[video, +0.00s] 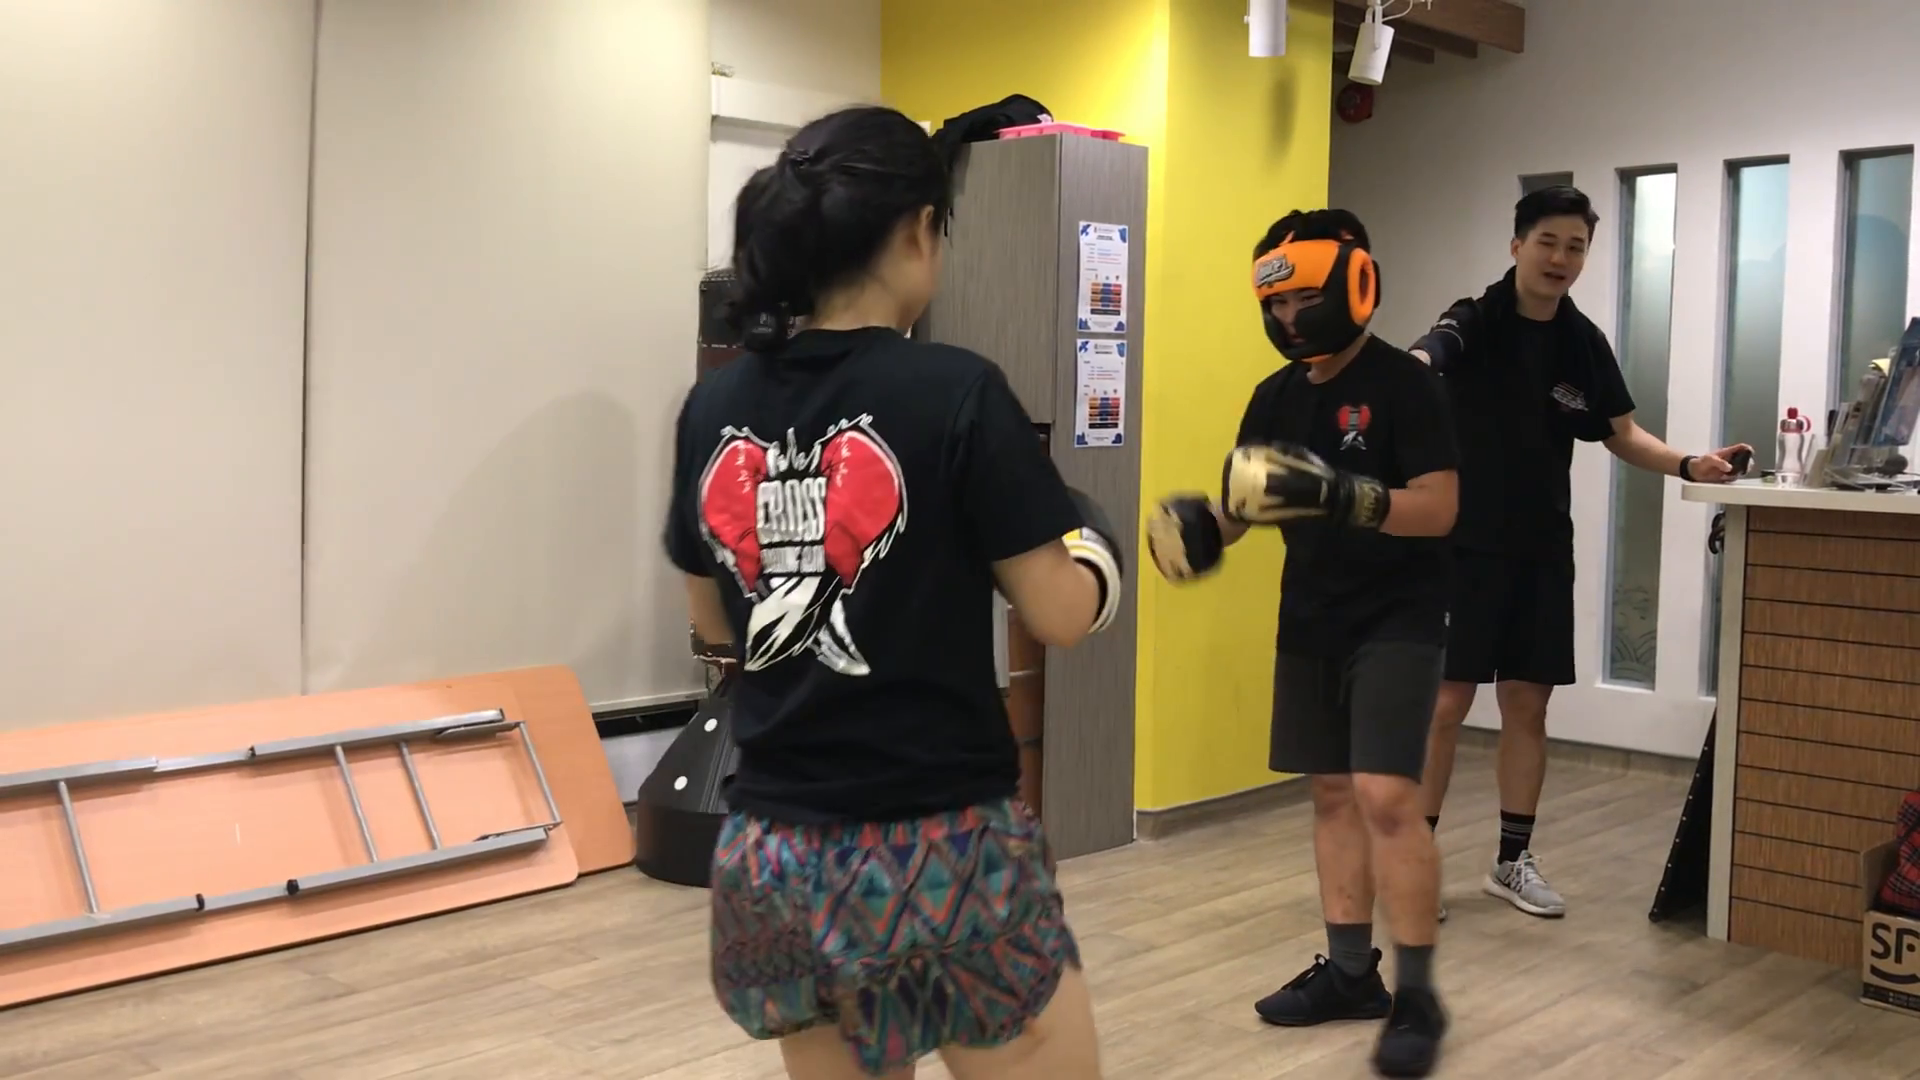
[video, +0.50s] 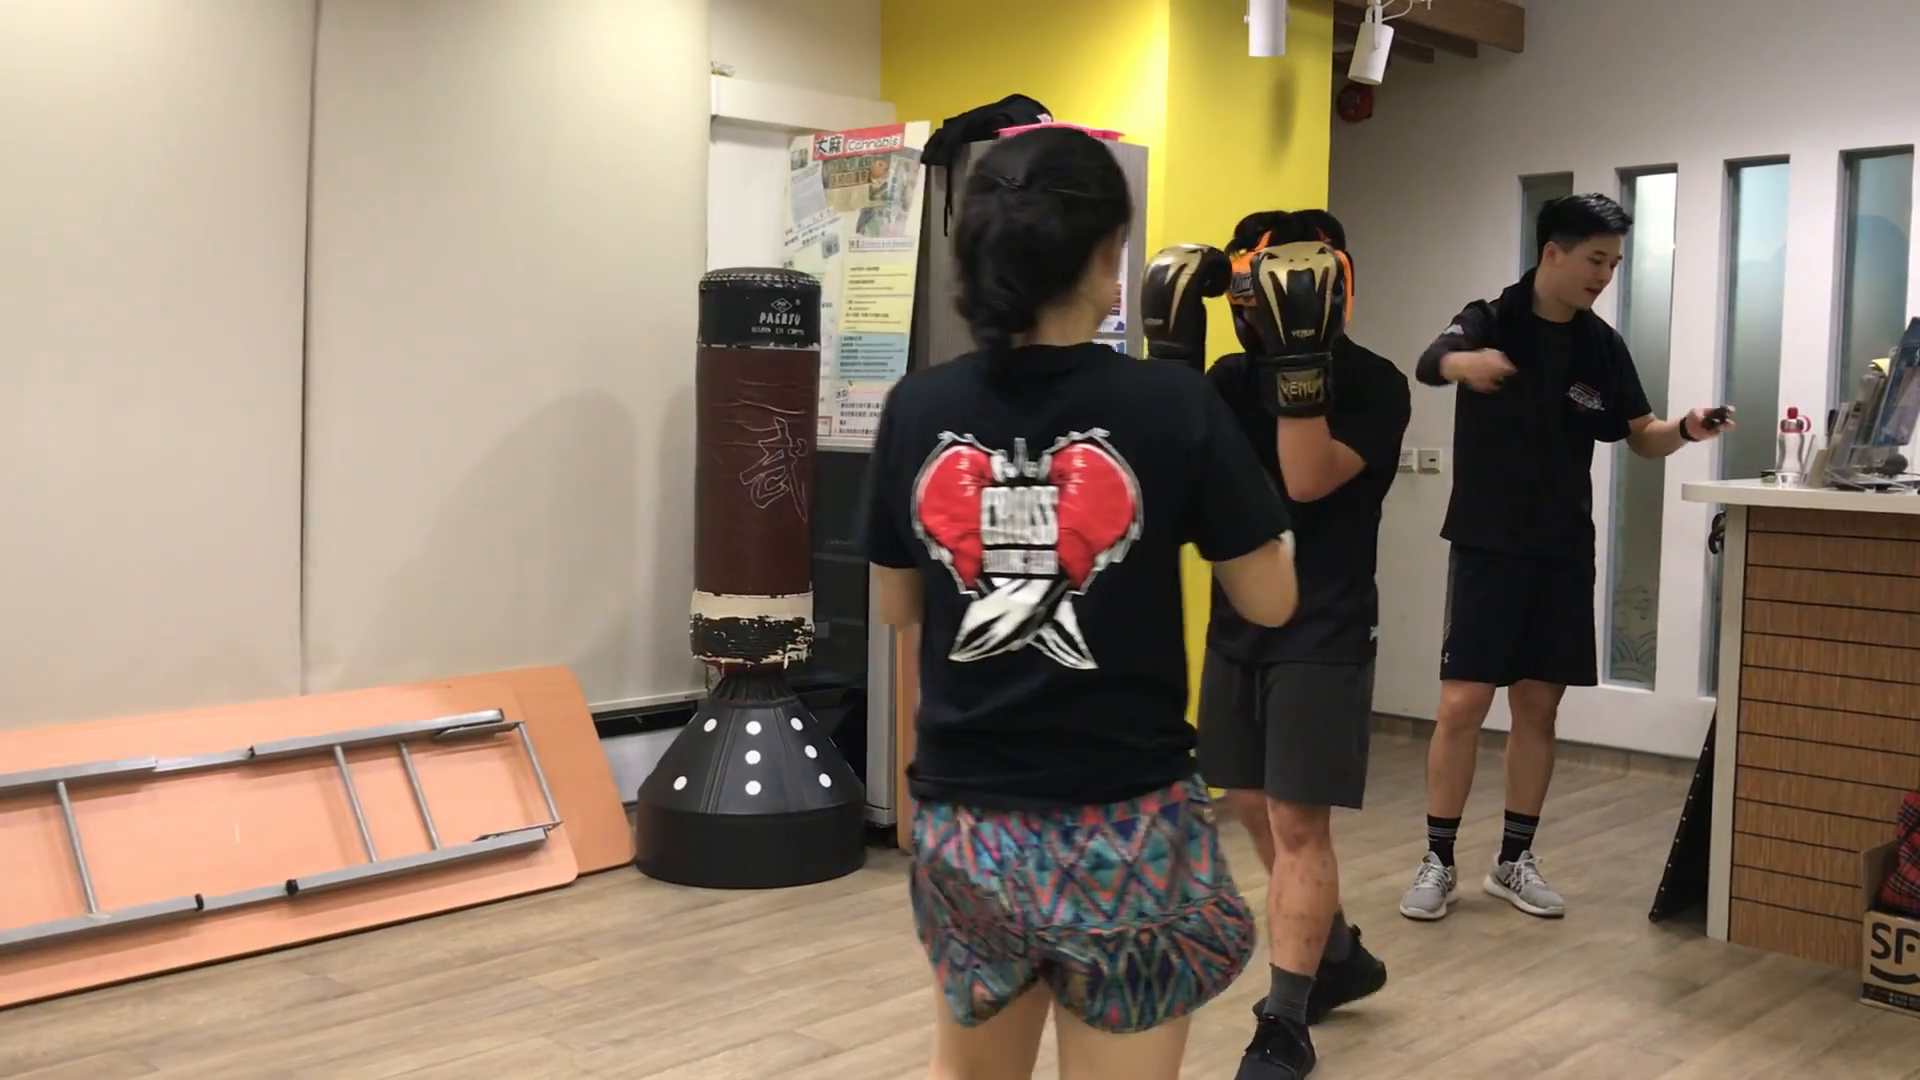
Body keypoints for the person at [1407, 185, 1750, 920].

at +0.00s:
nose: (1560, 257)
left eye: (1575, 247)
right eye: (1548, 242)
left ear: (1586, 259)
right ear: (1517, 245)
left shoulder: (1582, 342)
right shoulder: (1470, 324)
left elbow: (1621, 433)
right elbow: (1407, 385)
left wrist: (1688, 463)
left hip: (1540, 549)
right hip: (1461, 543)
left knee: (1526, 706)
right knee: (1445, 705)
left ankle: (1513, 861)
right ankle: (1411, 852)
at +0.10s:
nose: (1563, 256)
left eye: (1578, 247)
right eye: (1551, 241)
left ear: (1591, 257)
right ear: (1522, 245)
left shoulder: (1591, 343)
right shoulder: (1479, 320)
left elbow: (1626, 437)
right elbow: (1413, 364)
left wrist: (1690, 463)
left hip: (1547, 548)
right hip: (1470, 542)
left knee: (1531, 706)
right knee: (1448, 703)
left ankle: (1515, 861)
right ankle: (1419, 859)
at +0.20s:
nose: (1568, 258)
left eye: (1583, 248)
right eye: (1555, 243)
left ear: (1595, 257)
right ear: (1527, 244)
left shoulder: (1596, 345)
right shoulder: (1485, 320)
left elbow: (1630, 438)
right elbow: (1432, 350)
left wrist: (1692, 460)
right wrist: (1414, 361)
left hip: (1552, 548)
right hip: (1476, 542)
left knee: (1532, 707)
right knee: (1454, 706)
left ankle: (1515, 861)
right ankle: (1426, 860)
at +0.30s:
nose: (1584, 267)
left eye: (1596, 255)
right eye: (1571, 251)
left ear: (1603, 260)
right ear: (1534, 246)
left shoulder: (1600, 346)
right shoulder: (1488, 320)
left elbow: (1635, 438)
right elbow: (1443, 346)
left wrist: (1694, 449)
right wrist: (1420, 357)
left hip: (1557, 548)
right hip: (1480, 541)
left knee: (1535, 705)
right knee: (1459, 704)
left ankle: (1515, 860)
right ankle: (1436, 861)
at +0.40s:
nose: (1602, 274)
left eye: (1610, 262)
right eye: (1591, 259)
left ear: (1608, 265)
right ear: (1548, 254)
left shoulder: (1600, 345)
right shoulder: (1491, 320)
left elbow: (1641, 436)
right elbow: (1451, 343)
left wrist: (1691, 436)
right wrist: (1431, 355)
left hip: (1560, 550)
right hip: (1483, 544)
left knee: (1536, 707)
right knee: (1461, 705)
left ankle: (1515, 861)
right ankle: (1439, 862)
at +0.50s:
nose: (1605, 275)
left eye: (1612, 263)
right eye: (1595, 258)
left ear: (1611, 269)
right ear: (1552, 253)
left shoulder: (1601, 345)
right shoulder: (1488, 319)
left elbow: (1642, 438)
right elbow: (1431, 363)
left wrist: (1683, 428)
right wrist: (1464, 363)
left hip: (1562, 548)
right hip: (1486, 543)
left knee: (1538, 706)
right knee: (1463, 704)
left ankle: (1515, 860)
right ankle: (1437, 862)